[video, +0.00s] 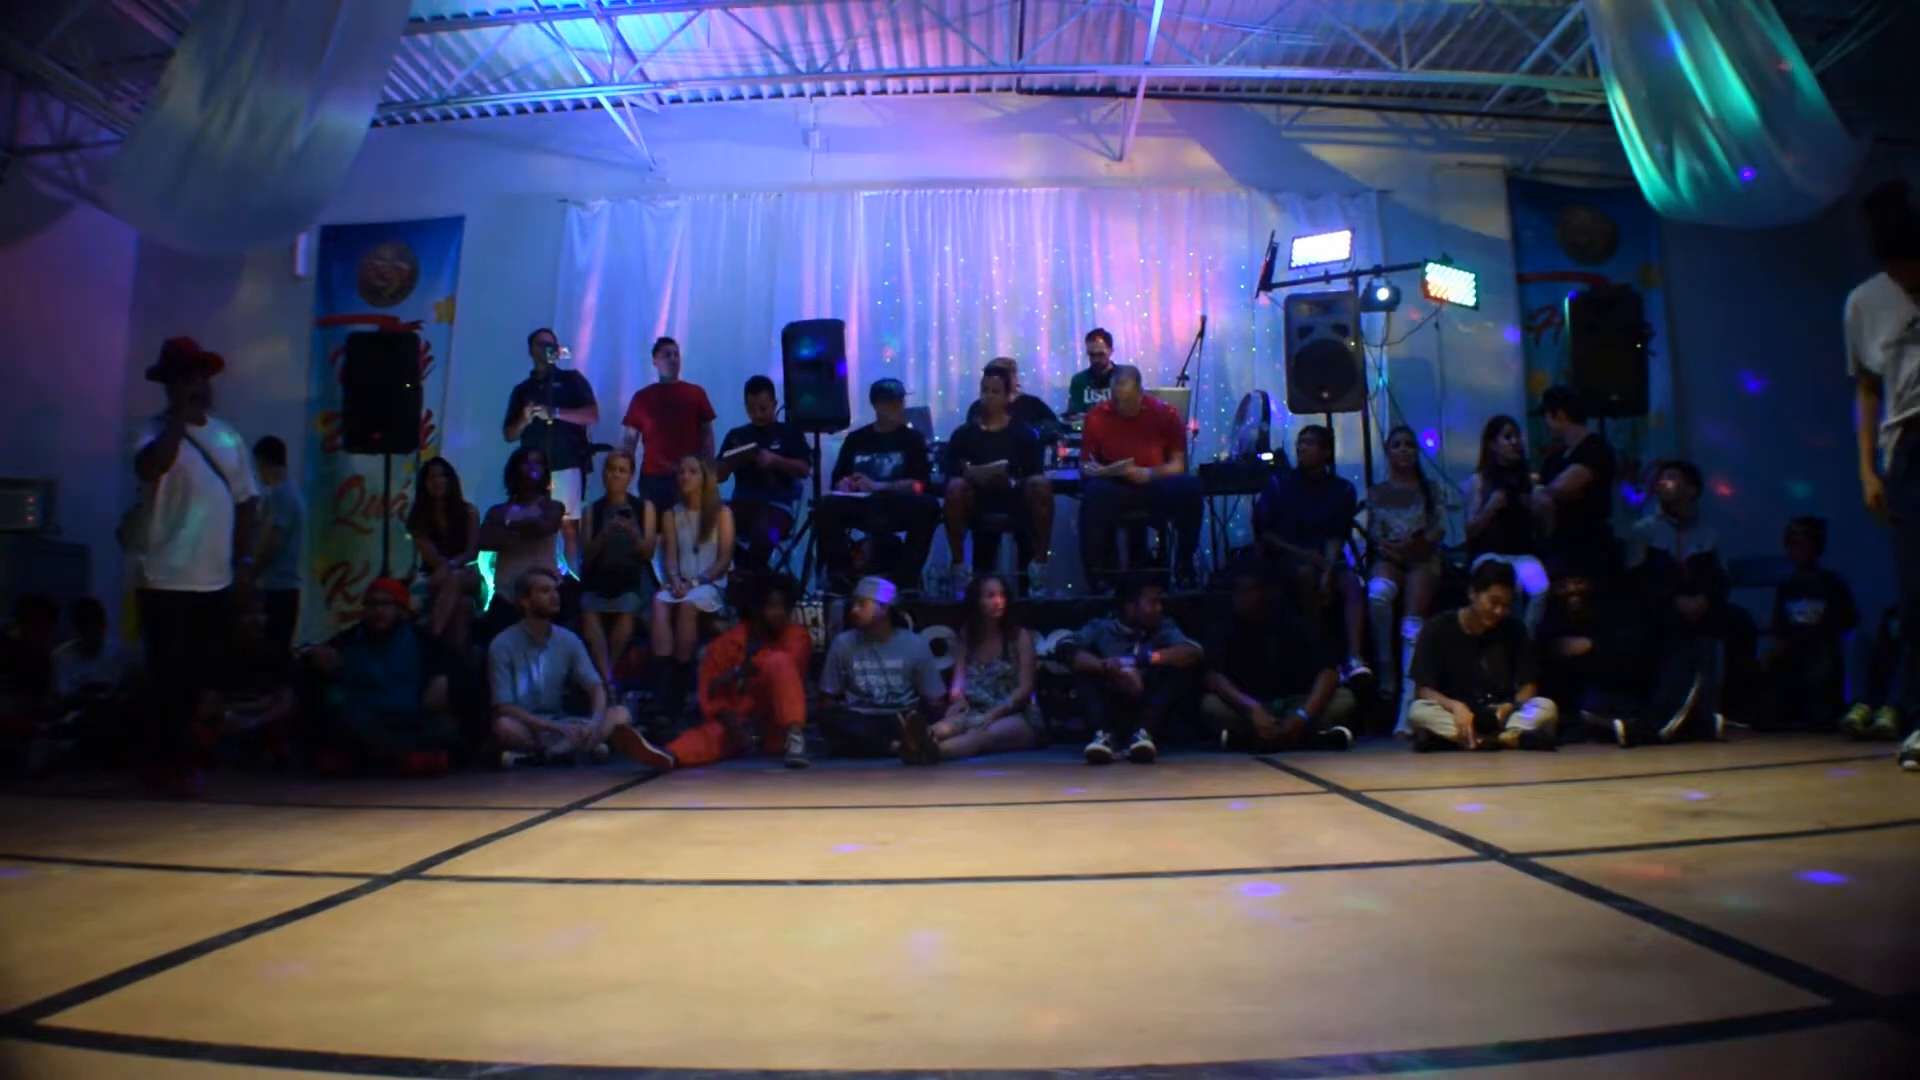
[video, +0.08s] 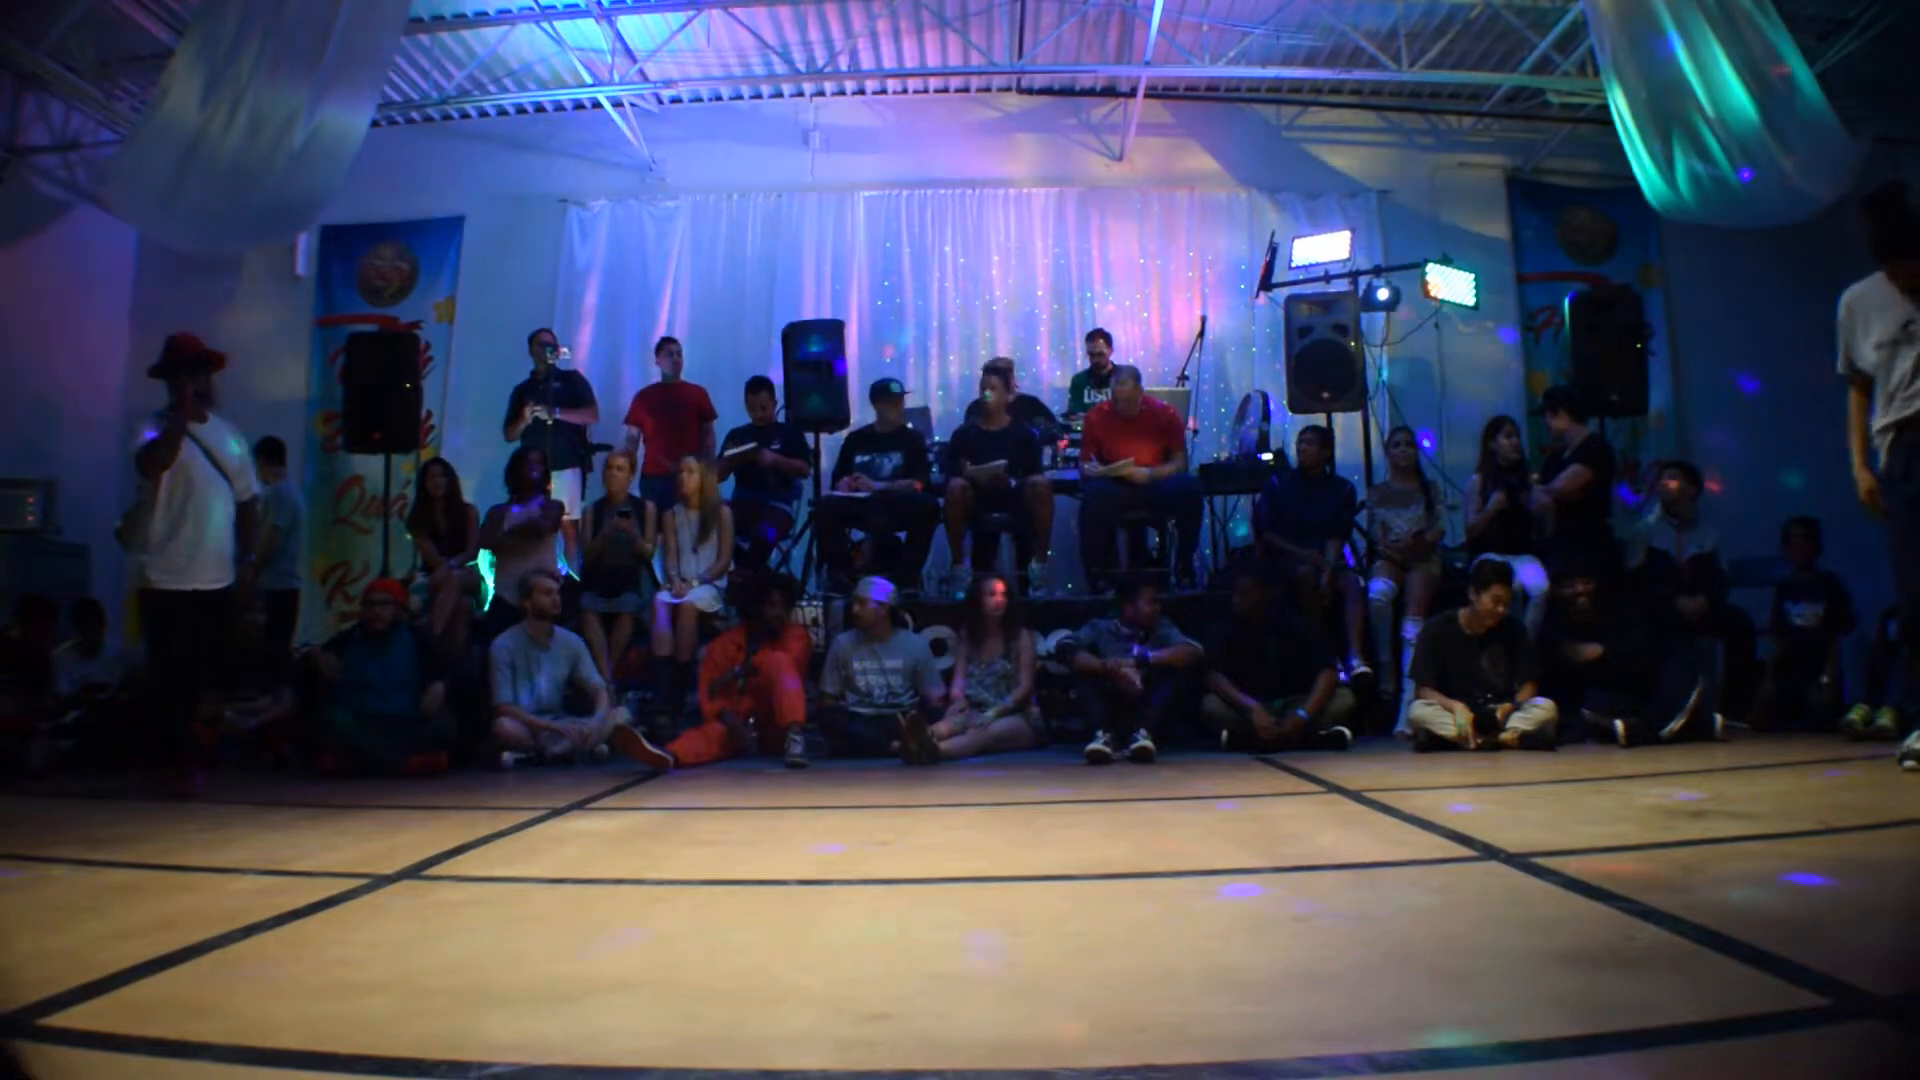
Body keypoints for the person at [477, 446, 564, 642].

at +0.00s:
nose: (534, 469)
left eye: (539, 464)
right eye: (527, 464)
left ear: (546, 471)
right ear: (515, 471)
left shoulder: (553, 507)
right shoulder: (498, 511)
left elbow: (545, 528)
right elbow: (485, 541)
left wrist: (507, 527)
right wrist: (527, 534)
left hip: (545, 600)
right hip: (506, 599)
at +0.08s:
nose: (535, 469)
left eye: (540, 464)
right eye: (529, 464)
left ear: (545, 471)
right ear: (516, 471)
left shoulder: (553, 507)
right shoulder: (498, 512)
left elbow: (545, 528)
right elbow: (485, 541)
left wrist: (506, 534)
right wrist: (528, 529)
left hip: (544, 598)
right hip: (506, 598)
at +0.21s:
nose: (535, 470)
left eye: (539, 465)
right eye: (528, 465)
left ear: (545, 471)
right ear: (515, 471)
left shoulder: (552, 507)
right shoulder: (499, 512)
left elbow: (547, 533)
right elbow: (485, 544)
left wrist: (507, 540)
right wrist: (528, 543)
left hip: (541, 602)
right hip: (505, 599)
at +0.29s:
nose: (536, 471)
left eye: (540, 466)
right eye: (529, 466)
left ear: (545, 471)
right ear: (515, 472)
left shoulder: (552, 508)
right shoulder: (499, 512)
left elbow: (546, 542)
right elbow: (490, 550)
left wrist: (507, 544)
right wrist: (535, 543)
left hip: (542, 598)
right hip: (505, 598)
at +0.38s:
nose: (536, 472)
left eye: (540, 467)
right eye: (530, 467)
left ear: (545, 472)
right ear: (515, 473)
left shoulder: (552, 508)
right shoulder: (499, 512)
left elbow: (548, 540)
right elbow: (490, 550)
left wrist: (509, 543)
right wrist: (534, 545)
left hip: (543, 598)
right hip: (505, 597)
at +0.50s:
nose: (535, 472)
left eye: (539, 467)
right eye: (529, 466)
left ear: (545, 472)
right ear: (515, 472)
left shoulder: (553, 508)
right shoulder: (502, 512)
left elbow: (548, 542)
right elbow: (499, 546)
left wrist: (510, 545)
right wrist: (539, 538)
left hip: (544, 590)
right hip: (511, 591)